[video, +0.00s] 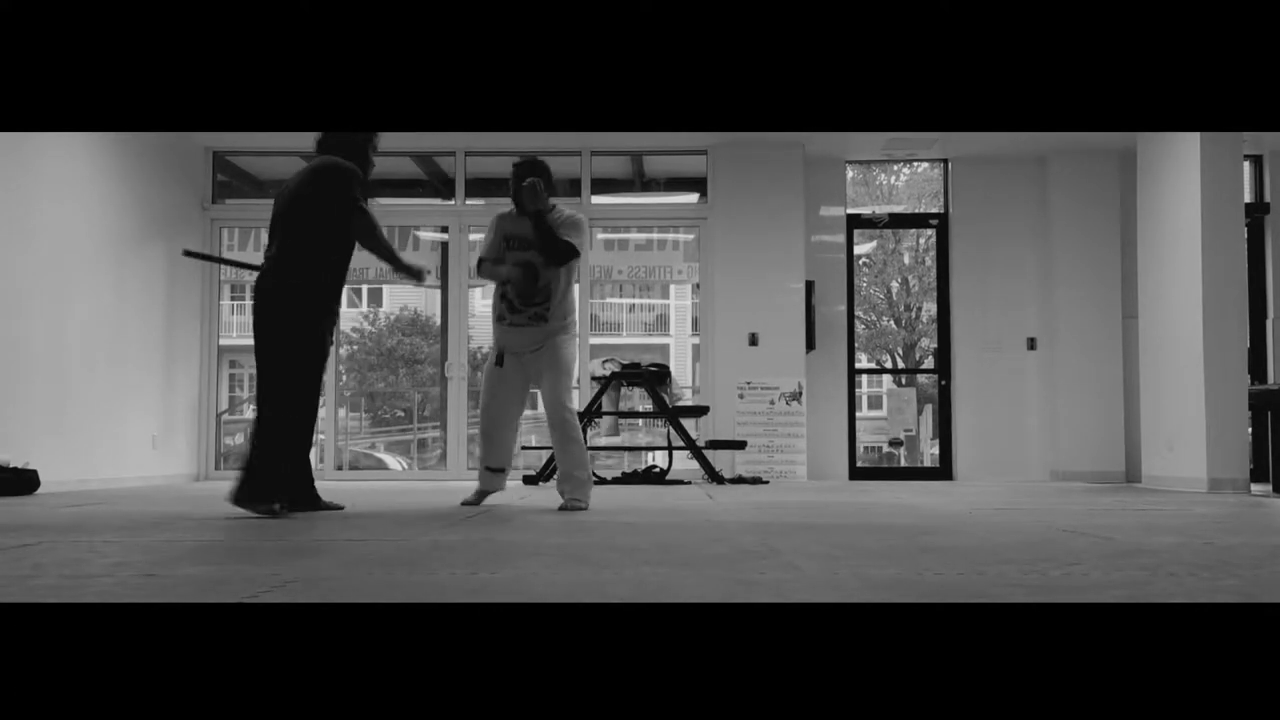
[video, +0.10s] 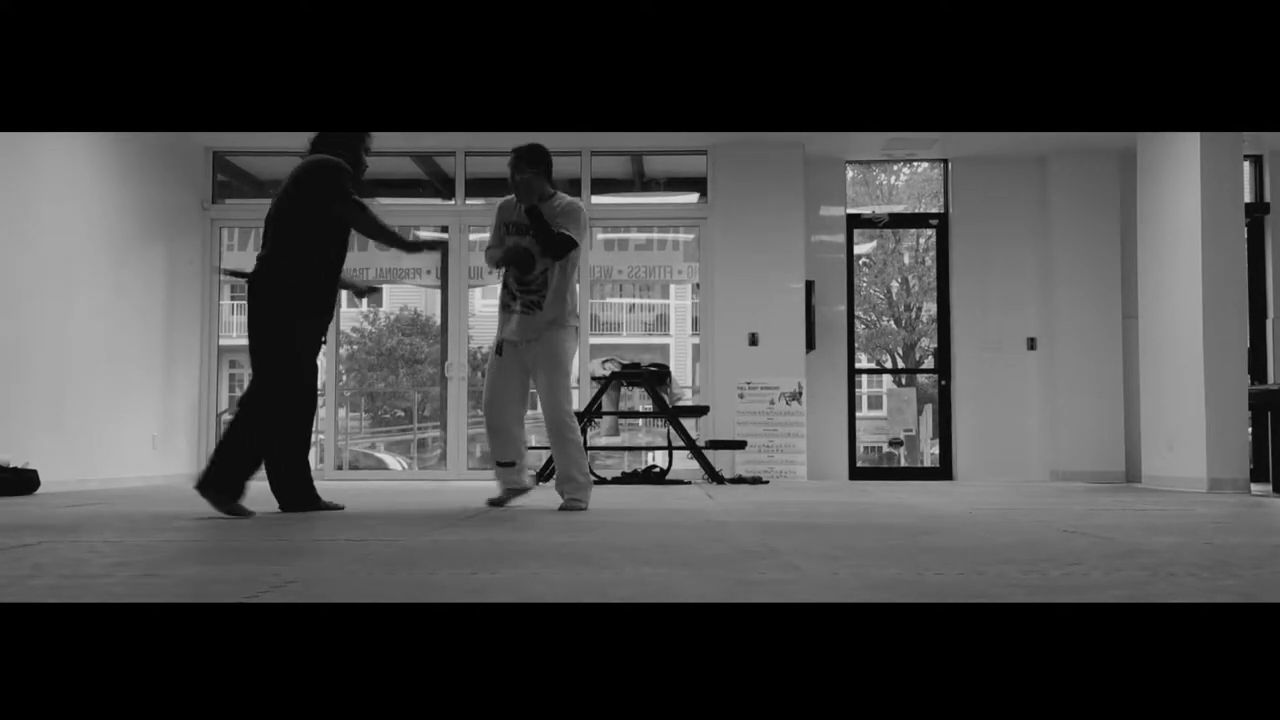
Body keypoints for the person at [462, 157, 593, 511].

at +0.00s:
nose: (523, 194)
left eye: (531, 187)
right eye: (519, 188)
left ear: (546, 189)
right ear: (512, 191)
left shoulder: (570, 221)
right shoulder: (503, 221)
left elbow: (559, 257)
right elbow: (482, 266)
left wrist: (537, 213)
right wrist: (510, 272)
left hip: (555, 336)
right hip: (509, 337)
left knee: (560, 412)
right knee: (495, 412)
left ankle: (576, 494)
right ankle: (491, 482)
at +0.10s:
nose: (516, 182)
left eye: (523, 175)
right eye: (513, 176)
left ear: (542, 176)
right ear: (511, 177)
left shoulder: (569, 208)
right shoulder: (507, 208)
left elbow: (558, 250)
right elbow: (490, 255)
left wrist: (532, 209)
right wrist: (509, 253)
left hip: (553, 327)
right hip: (511, 326)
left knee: (557, 411)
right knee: (499, 405)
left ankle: (575, 493)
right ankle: (513, 481)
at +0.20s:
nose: (509, 180)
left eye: (515, 173)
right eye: (509, 173)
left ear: (536, 172)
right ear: (516, 173)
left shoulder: (568, 208)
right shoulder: (510, 208)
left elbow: (547, 250)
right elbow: (501, 258)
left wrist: (517, 212)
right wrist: (494, 248)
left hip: (553, 320)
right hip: (516, 321)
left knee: (547, 397)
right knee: (507, 402)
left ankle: (583, 483)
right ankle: (542, 483)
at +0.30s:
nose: (505, 188)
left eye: (511, 181)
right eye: (504, 181)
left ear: (533, 181)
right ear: (514, 181)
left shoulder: (561, 214)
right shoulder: (516, 223)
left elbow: (521, 254)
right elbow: (502, 278)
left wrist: (510, 212)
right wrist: (486, 243)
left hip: (554, 327)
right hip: (518, 331)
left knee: (544, 401)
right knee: (518, 410)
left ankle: (576, 488)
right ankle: (548, 489)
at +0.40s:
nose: (500, 195)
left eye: (506, 186)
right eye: (498, 189)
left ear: (527, 182)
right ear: (504, 189)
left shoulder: (555, 204)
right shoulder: (517, 227)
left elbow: (522, 247)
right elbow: (503, 284)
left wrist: (509, 208)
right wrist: (484, 240)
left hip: (562, 326)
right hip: (524, 336)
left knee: (547, 401)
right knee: (520, 412)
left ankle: (553, 494)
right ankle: (536, 490)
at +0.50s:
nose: (497, 185)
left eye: (502, 177)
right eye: (498, 178)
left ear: (523, 174)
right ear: (522, 176)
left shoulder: (557, 193)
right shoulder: (528, 216)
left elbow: (528, 241)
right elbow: (504, 276)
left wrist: (503, 204)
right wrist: (487, 230)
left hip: (565, 320)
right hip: (534, 327)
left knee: (542, 402)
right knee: (525, 409)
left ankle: (553, 498)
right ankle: (543, 493)